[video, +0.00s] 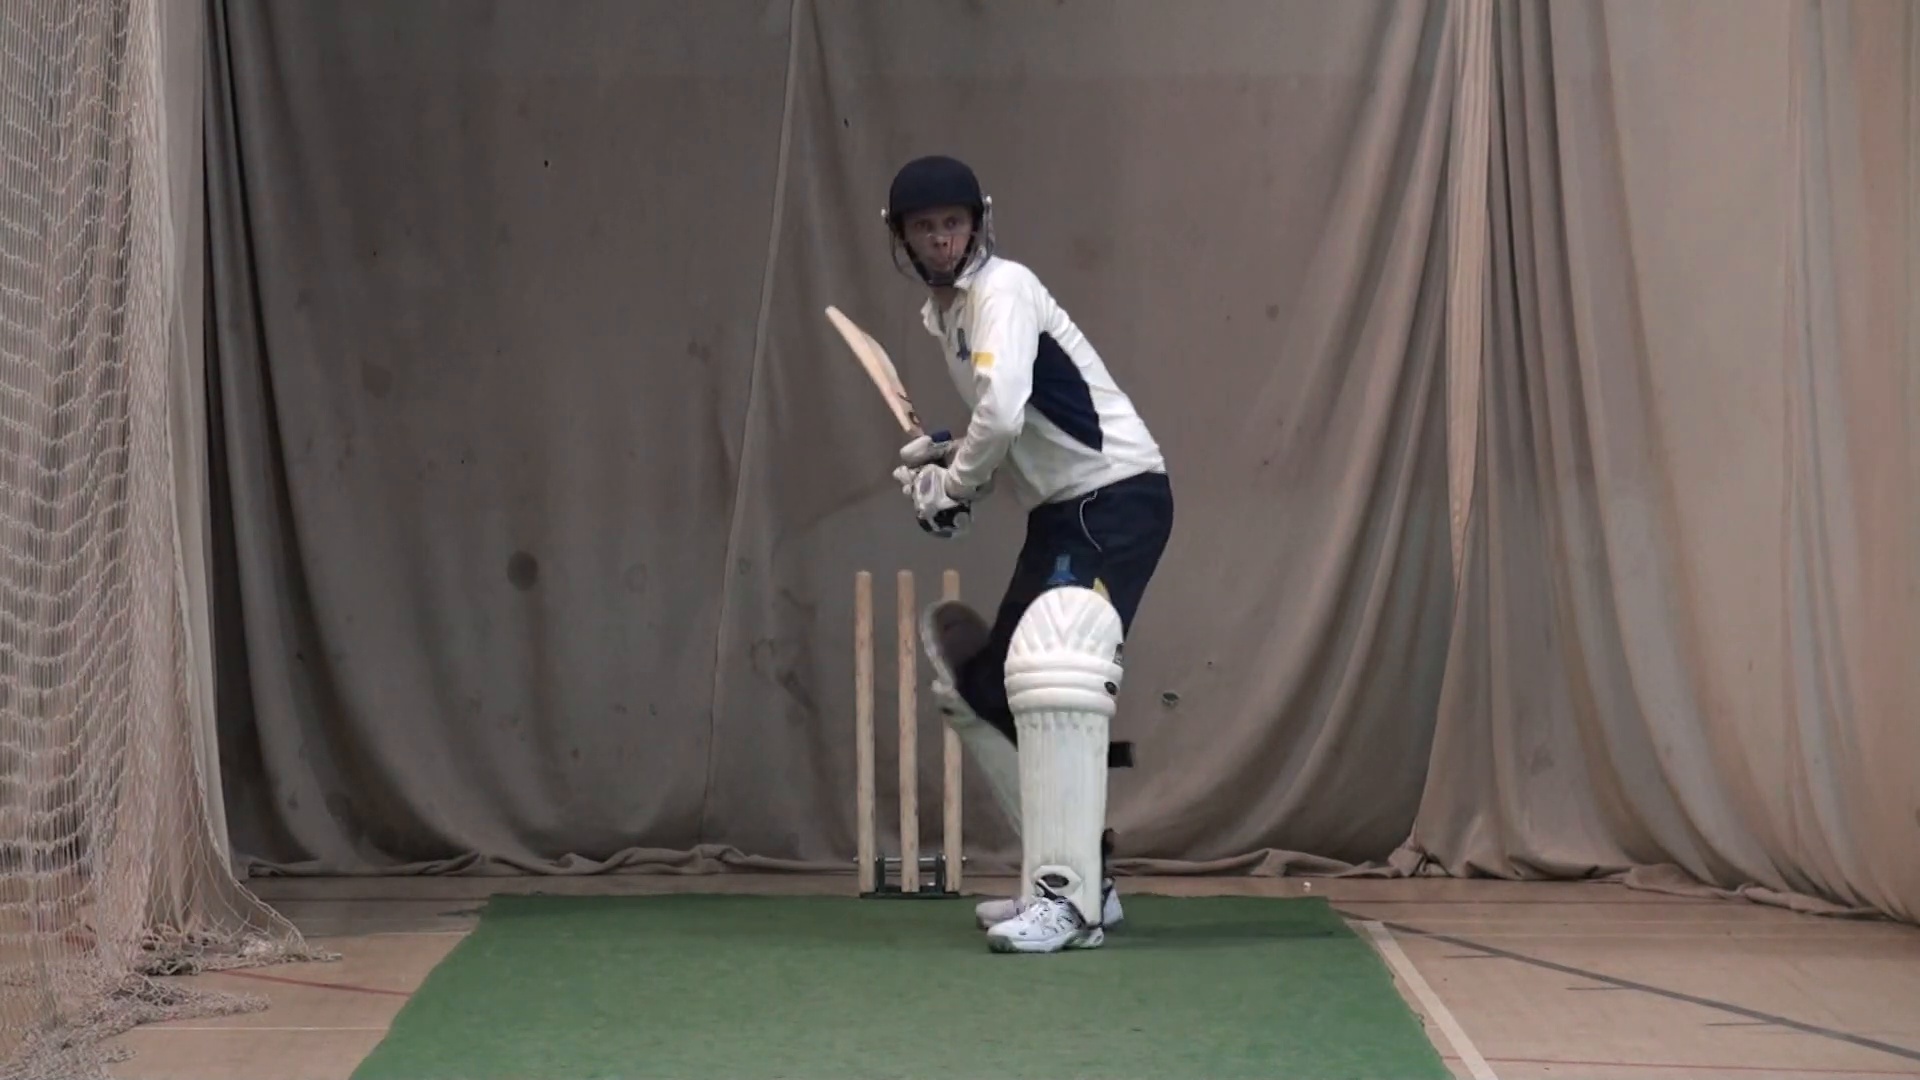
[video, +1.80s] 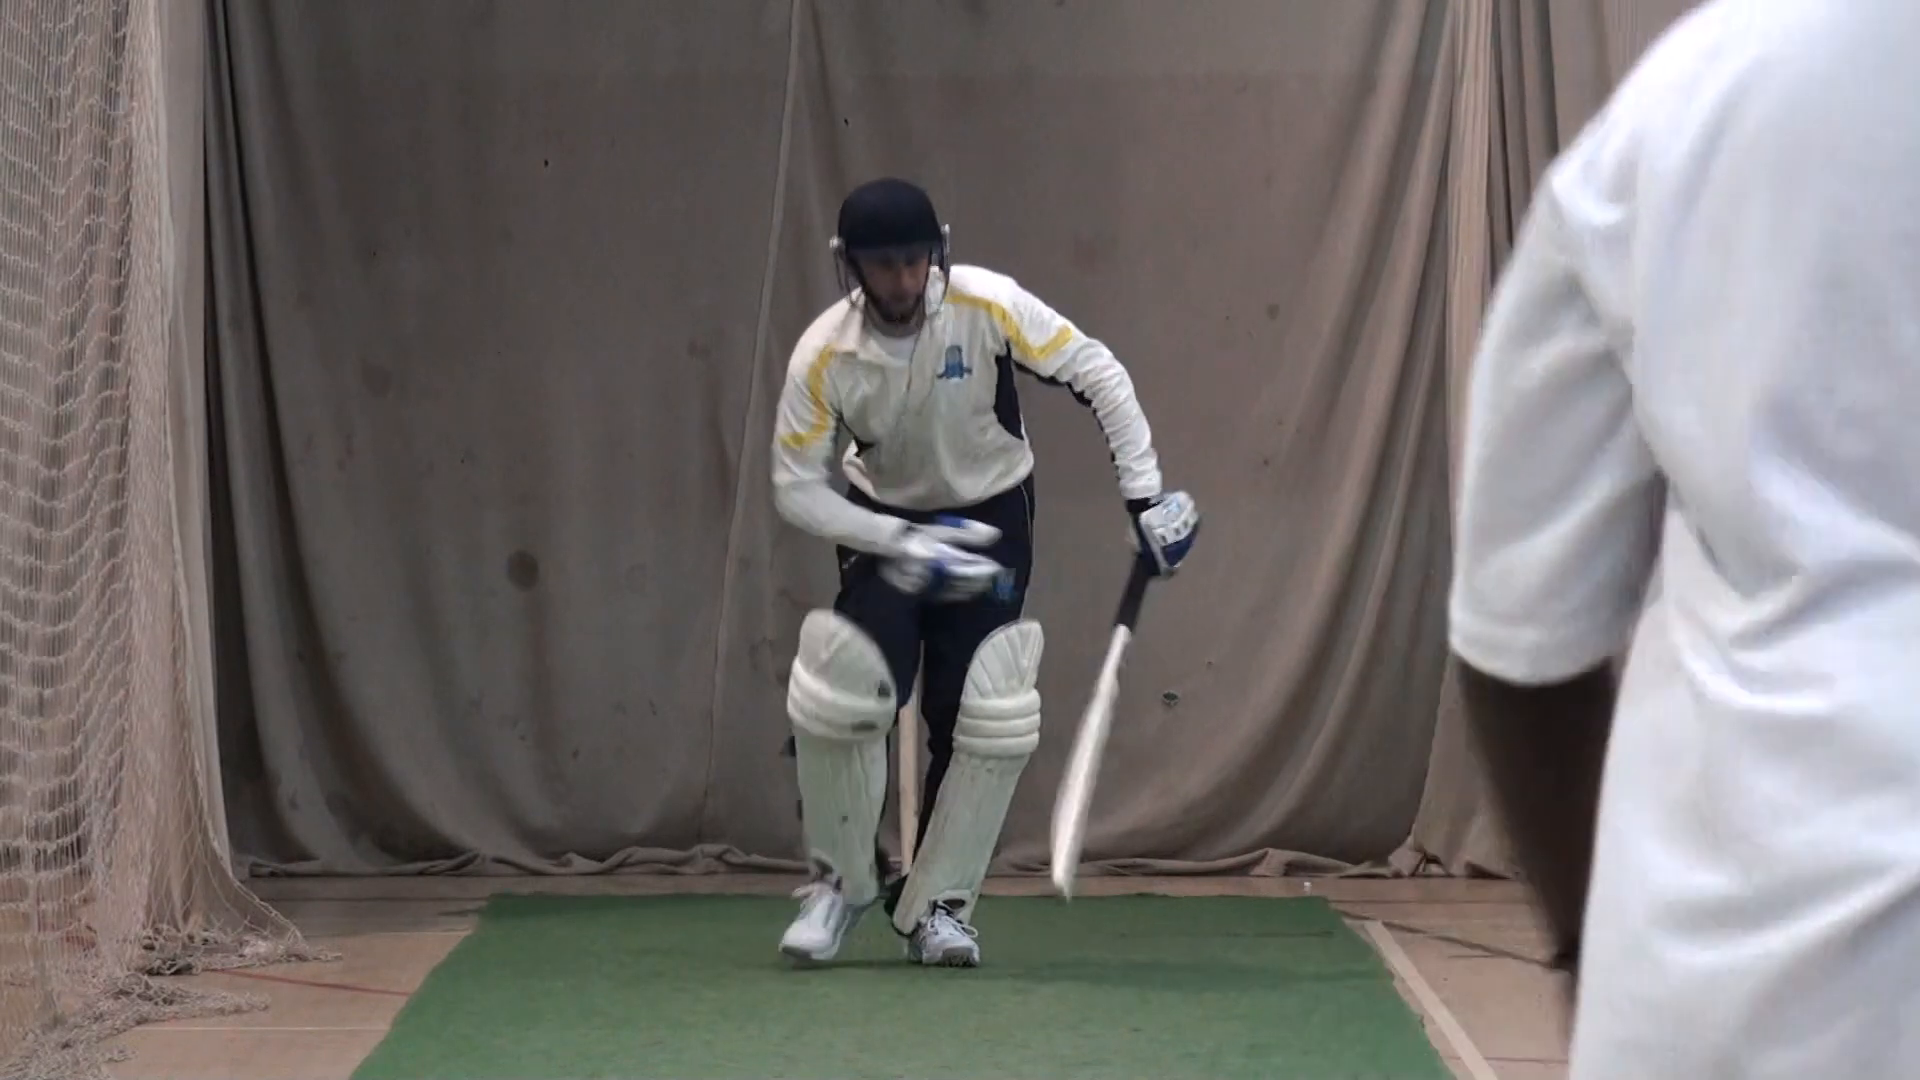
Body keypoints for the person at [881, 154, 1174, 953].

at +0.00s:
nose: (941, 242)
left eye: (954, 225)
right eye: (924, 229)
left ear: (978, 226)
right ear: (903, 239)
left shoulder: (1002, 289)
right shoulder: (951, 312)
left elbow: (1001, 411)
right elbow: (1011, 413)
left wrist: (954, 489)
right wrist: (950, 446)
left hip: (1115, 494)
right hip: (1060, 506)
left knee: (1055, 674)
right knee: (991, 687)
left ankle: (1067, 896)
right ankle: (1079, 878)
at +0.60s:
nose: (901, 330)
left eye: (914, 310)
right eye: (883, 316)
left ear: (938, 299)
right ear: (859, 317)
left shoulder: (977, 340)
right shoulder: (874, 390)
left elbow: (984, 416)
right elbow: (927, 480)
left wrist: (923, 507)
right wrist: (937, 529)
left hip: (1085, 536)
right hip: (1001, 558)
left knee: (1008, 699)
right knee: (992, 722)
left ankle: (990, 907)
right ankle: (1077, 879)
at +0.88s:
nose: (902, 356)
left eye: (909, 338)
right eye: (882, 349)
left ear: (924, 320)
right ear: (852, 349)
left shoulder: (957, 320)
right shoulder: (861, 439)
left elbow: (1006, 345)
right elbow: (934, 508)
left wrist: (1009, 414)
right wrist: (1008, 524)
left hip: (1047, 511)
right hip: (962, 552)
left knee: (1045, 670)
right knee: (965, 723)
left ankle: (1000, 899)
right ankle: (975, 882)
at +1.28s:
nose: (899, 376)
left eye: (906, 358)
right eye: (878, 367)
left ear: (917, 341)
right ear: (840, 367)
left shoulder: (951, 336)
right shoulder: (834, 450)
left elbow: (1075, 299)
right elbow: (940, 532)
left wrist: (1106, 381)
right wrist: (1047, 492)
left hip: (1009, 539)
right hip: (916, 568)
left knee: (1009, 702)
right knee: (906, 748)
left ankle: (959, 897)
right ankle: (906, 862)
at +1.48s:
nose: (890, 390)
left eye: (903, 370)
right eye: (871, 378)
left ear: (923, 354)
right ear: (841, 371)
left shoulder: (972, 361)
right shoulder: (827, 445)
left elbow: (1099, 397)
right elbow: (916, 554)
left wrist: (1133, 501)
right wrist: (1039, 549)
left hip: (990, 564)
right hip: (899, 582)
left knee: (983, 719)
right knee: (885, 743)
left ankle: (942, 907)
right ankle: (897, 858)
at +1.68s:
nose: (906, 328)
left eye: (916, 309)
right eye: (886, 315)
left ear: (934, 294)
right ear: (852, 310)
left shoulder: (980, 325)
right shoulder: (828, 389)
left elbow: (1094, 381)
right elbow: (867, 528)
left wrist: (1118, 506)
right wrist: (980, 564)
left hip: (992, 523)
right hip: (893, 533)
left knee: (972, 713)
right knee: (854, 726)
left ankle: (946, 905)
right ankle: (880, 849)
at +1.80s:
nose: (901, 282)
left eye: (914, 262)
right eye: (881, 266)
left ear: (937, 256)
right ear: (852, 264)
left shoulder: (989, 307)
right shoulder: (824, 355)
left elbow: (1099, 374)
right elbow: (797, 489)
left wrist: (1147, 495)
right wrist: (900, 540)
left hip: (990, 518)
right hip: (884, 521)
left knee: (988, 711)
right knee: (842, 698)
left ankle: (943, 906)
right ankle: (837, 885)